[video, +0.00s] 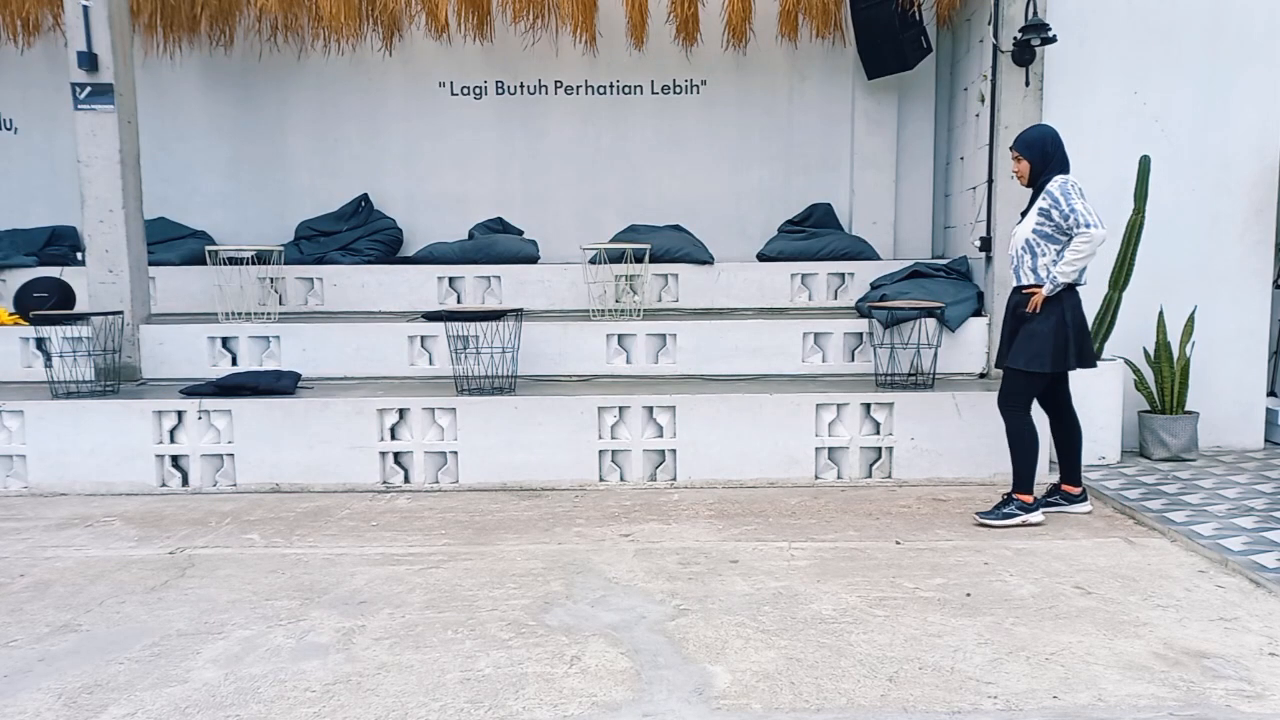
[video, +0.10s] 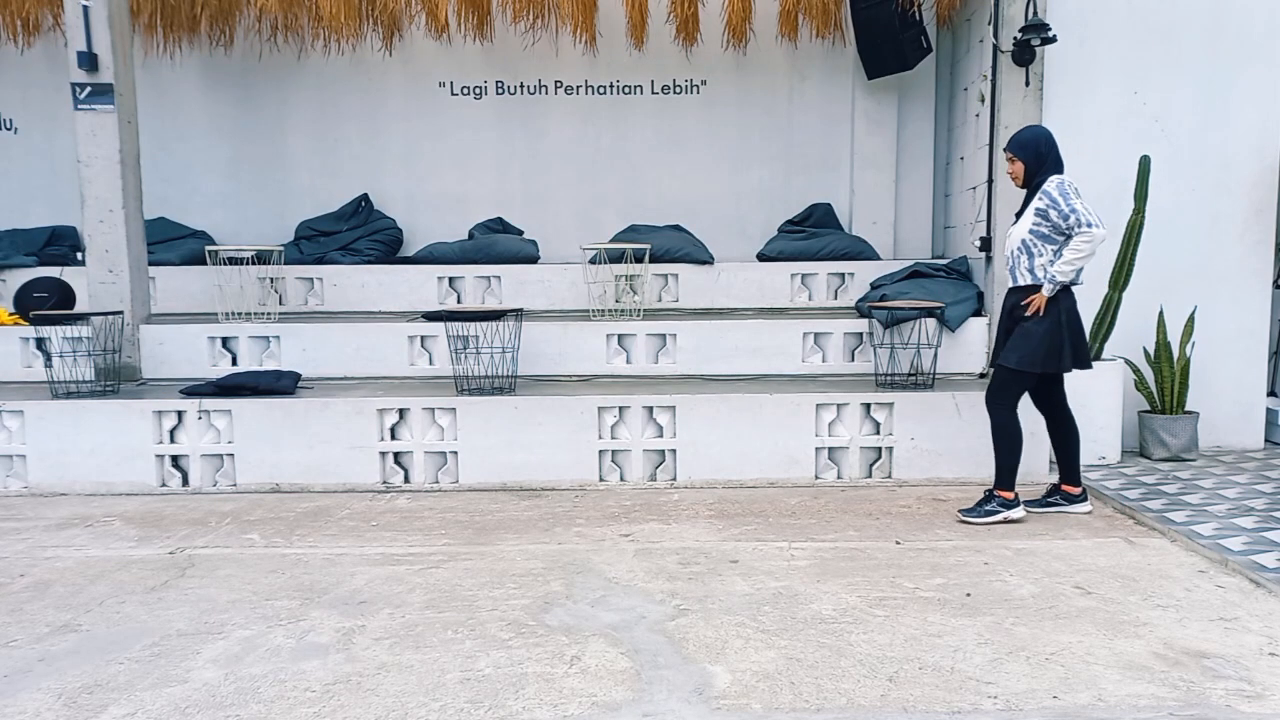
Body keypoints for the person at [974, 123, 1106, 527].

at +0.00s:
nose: (1015, 168)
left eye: (1020, 160)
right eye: (1014, 160)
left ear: (1041, 157)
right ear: (1038, 159)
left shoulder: (1060, 187)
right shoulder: (1044, 194)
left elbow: (1091, 232)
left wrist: (1052, 283)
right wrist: (1032, 284)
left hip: (1045, 311)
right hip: (1040, 309)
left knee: (1013, 402)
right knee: (1056, 401)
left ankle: (1022, 499)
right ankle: (1071, 488)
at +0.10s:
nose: (1009, 169)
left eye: (1014, 161)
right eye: (1008, 161)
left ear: (1035, 158)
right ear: (1031, 161)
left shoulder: (1054, 188)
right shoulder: (1039, 195)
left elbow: (1090, 231)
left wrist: (1050, 285)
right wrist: (1030, 286)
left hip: (1039, 312)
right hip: (1033, 311)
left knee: (999, 398)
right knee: (1051, 402)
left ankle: (1004, 495)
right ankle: (1071, 489)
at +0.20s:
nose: (1000, 168)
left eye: (1005, 160)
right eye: (998, 160)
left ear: (1027, 158)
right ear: (1017, 160)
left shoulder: (1048, 186)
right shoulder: (1025, 198)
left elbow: (1091, 231)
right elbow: (1015, 262)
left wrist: (1052, 283)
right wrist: (997, 306)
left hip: (1032, 310)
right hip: (1017, 310)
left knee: (994, 397)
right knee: (1048, 404)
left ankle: (964, 490)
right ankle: (1071, 489)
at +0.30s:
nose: (989, 169)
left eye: (994, 161)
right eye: (988, 161)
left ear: (1015, 158)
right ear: (1007, 159)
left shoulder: (1040, 190)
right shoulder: (1013, 201)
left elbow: (1086, 235)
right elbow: (998, 271)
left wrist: (1060, 292)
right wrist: (972, 313)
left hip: (1023, 309)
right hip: (1007, 311)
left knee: (983, 401)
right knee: (1039, 404)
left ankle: (941, 483)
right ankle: (1070, 488)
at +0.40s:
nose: (976, 169)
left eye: (981, 161)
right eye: (976, 162)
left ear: (1002, 160)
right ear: (996, 163)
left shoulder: (1027, 194)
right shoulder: (997, 205)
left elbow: (1072, 248)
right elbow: (978, 268)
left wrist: (1074, 311)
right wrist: (948, 304)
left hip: (1006, 310)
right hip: (988, 311)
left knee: (968, 400)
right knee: (1030, 403)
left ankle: (939, 489)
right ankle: (1068, 486)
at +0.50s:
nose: (960, 169)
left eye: (965, 160)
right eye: (960, 160)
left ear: (987, 160)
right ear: (983, 160)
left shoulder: (1011, 198)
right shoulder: (983, 204)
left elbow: (1041, 263)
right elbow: (958, 265)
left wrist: (1071, 321)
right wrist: (927, 300)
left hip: (982, 308)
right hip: (967, 308)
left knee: (959, 402)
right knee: (1006, 402)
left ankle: (940, 490)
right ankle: (1060, 479)